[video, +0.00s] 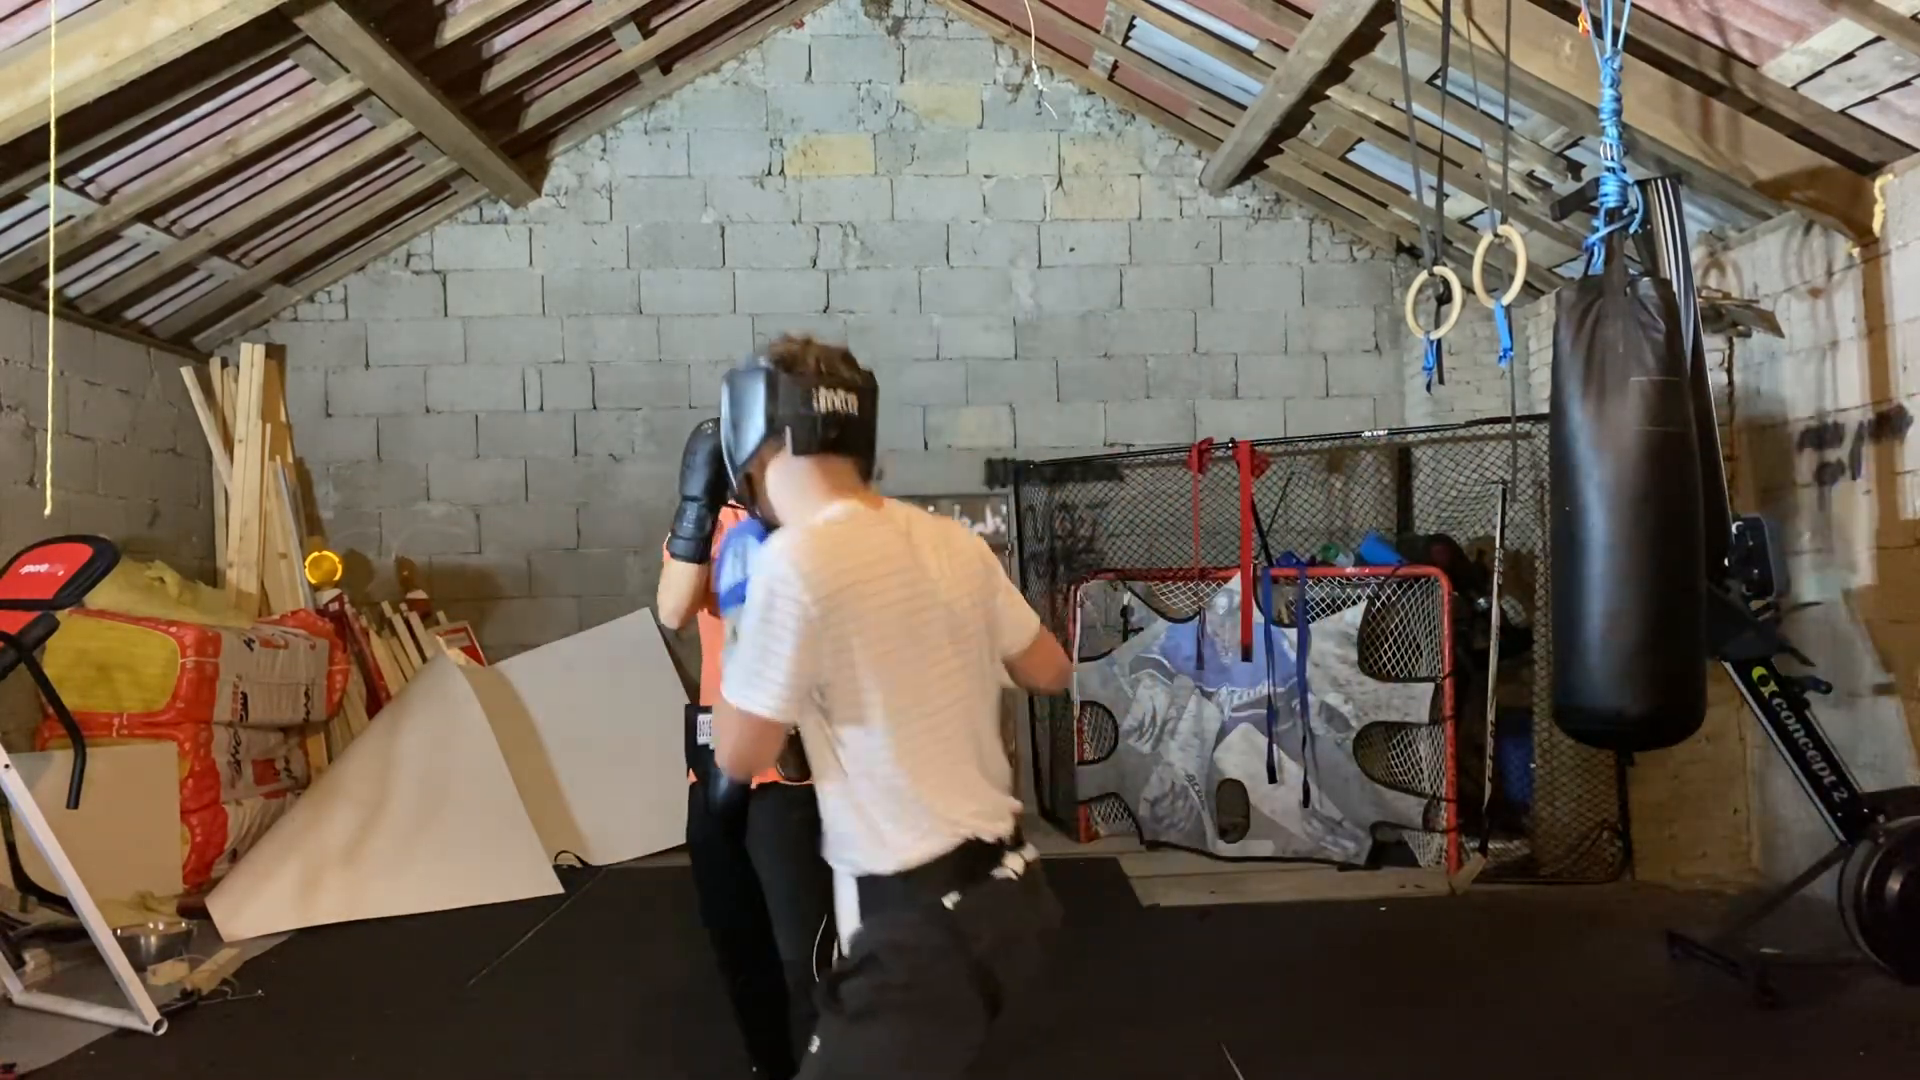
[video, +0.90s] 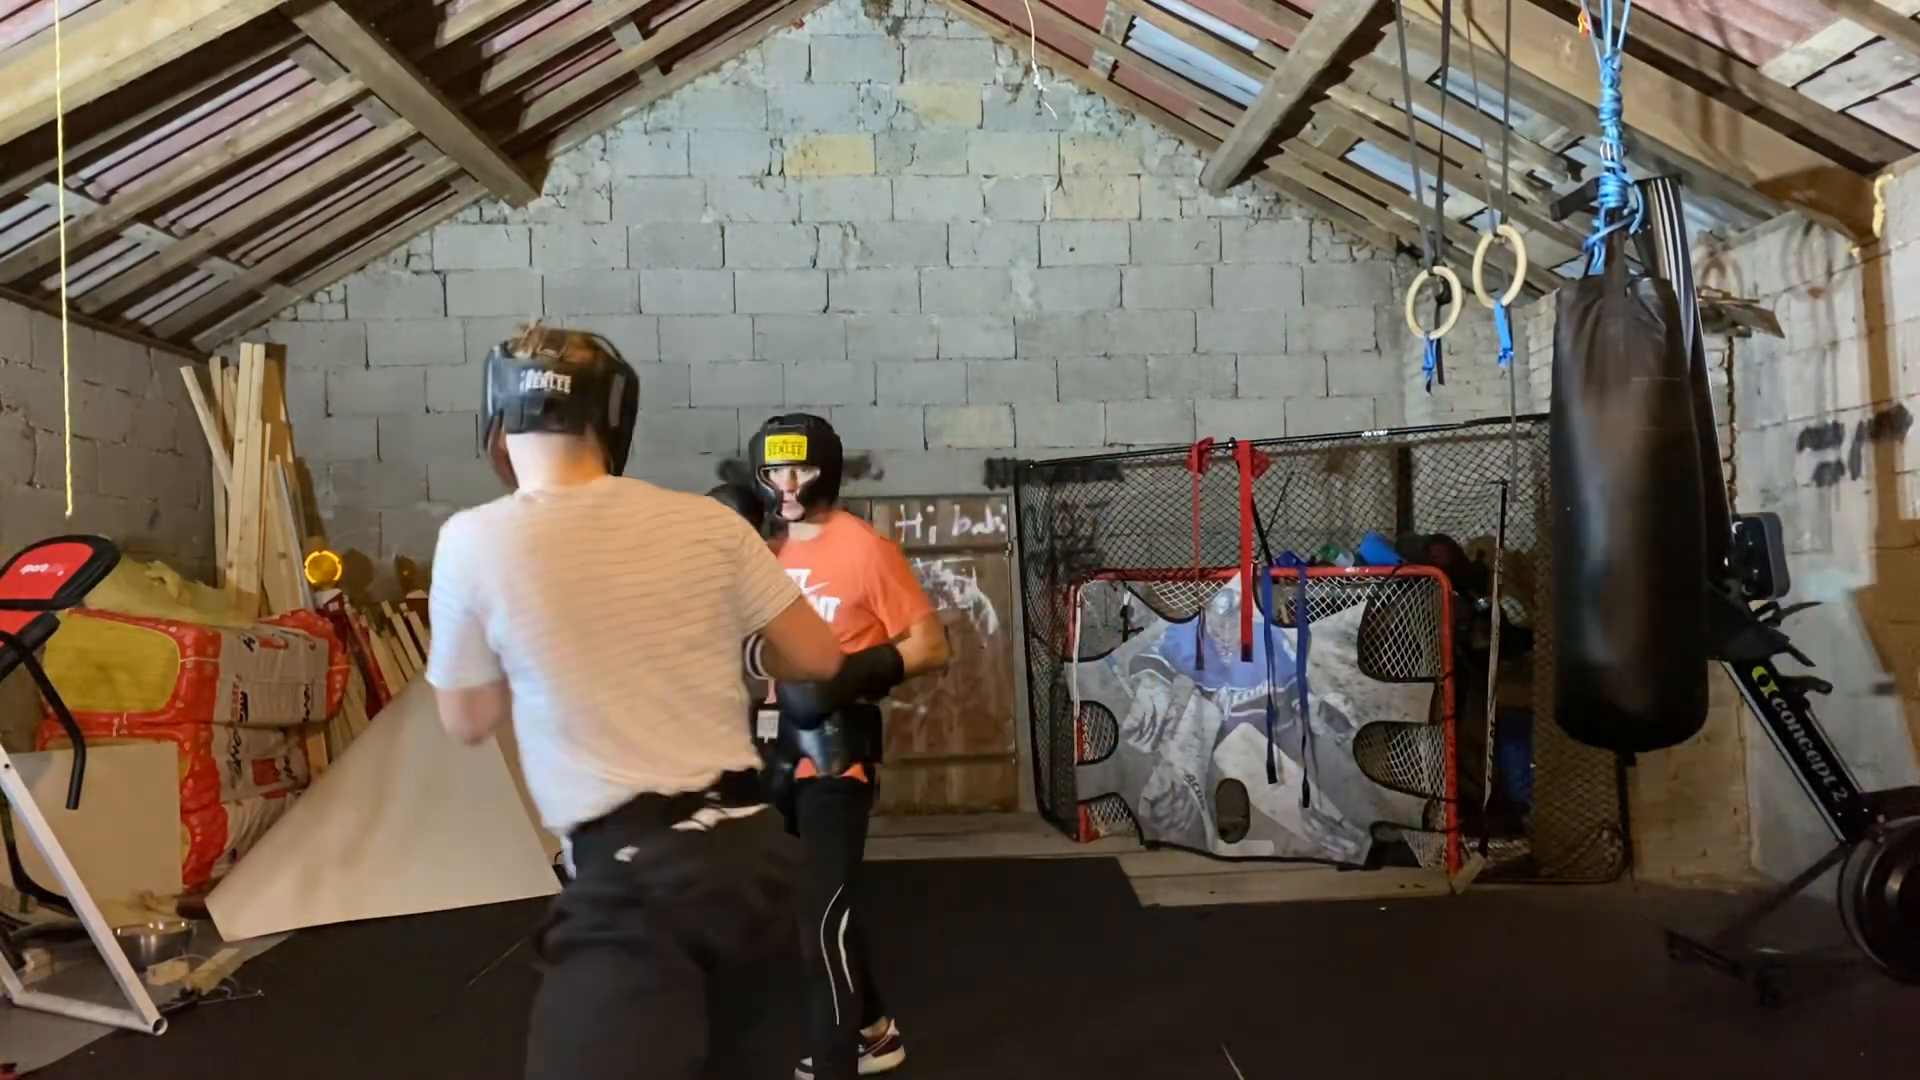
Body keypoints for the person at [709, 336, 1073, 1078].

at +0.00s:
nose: (736, 457)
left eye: (741, 432)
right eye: (739, 435)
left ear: (769, 436)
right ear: (858, 431)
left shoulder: (794, 567)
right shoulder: (953, 541)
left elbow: (742, 756)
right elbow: (1051, 668)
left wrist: (737, 626)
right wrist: (955, 640)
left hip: (909, 934)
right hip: (1018, 897)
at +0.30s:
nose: (692, 415)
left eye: (697, 395)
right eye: (694, 395)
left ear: (718, 407)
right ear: (812, 405)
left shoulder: (720, 532)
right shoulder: (894, 526)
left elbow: (656, 707)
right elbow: (975, 620)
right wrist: (883, 590)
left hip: (817, 883)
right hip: (922, 864)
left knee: (823, 1062)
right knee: (889, 1060)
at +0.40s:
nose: (628, 498)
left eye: (627, 478)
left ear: (648, 477)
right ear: (738, 447)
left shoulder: (679, 573)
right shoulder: (840, 531)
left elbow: (653, 745)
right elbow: (949, 585)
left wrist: (694, 657)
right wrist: (862, 602)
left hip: (826, 908)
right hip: (930, 869)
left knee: (717, 1064)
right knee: (874, 1060)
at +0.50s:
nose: (561, 556)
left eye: (558, 541)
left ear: (579, 549)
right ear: (671, 502)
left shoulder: (622, 645)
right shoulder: (789, 565)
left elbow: (630, 811)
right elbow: (915, 624)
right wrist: (826, 662)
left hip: (817, 925)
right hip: (922, 881)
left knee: (679, 1069)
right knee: (887, 1069)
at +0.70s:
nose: (496, 551)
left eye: (495, 535)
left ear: (508, 543)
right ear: (615, 509)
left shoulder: (531, 650)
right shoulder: (732, 586)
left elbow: (540, 830)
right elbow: (864, 678)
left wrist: (587, 757)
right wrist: (775, 692)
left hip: (729, 954)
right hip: (845, 913)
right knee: (817, 1067)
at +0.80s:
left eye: (486, 452)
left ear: (494, 469)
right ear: (607, 445)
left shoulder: (500, 583)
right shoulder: (715, 542)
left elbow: (503, 766)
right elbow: (840, 659)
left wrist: (563, 707)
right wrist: (750, 660)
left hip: (675, 911)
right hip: (798, 872)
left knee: (591, 1067)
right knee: (773, 1063)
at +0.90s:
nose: (491, 444)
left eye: (491, 425)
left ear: (498, 436)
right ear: (616, 422)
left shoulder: (475, 543)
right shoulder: (709, 523)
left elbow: (467, 718)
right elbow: (817, 659)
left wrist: (537, 641)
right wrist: (729, 632)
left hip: (626, 876)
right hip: (756, 854)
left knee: (597, 1065)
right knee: (754, 1068)